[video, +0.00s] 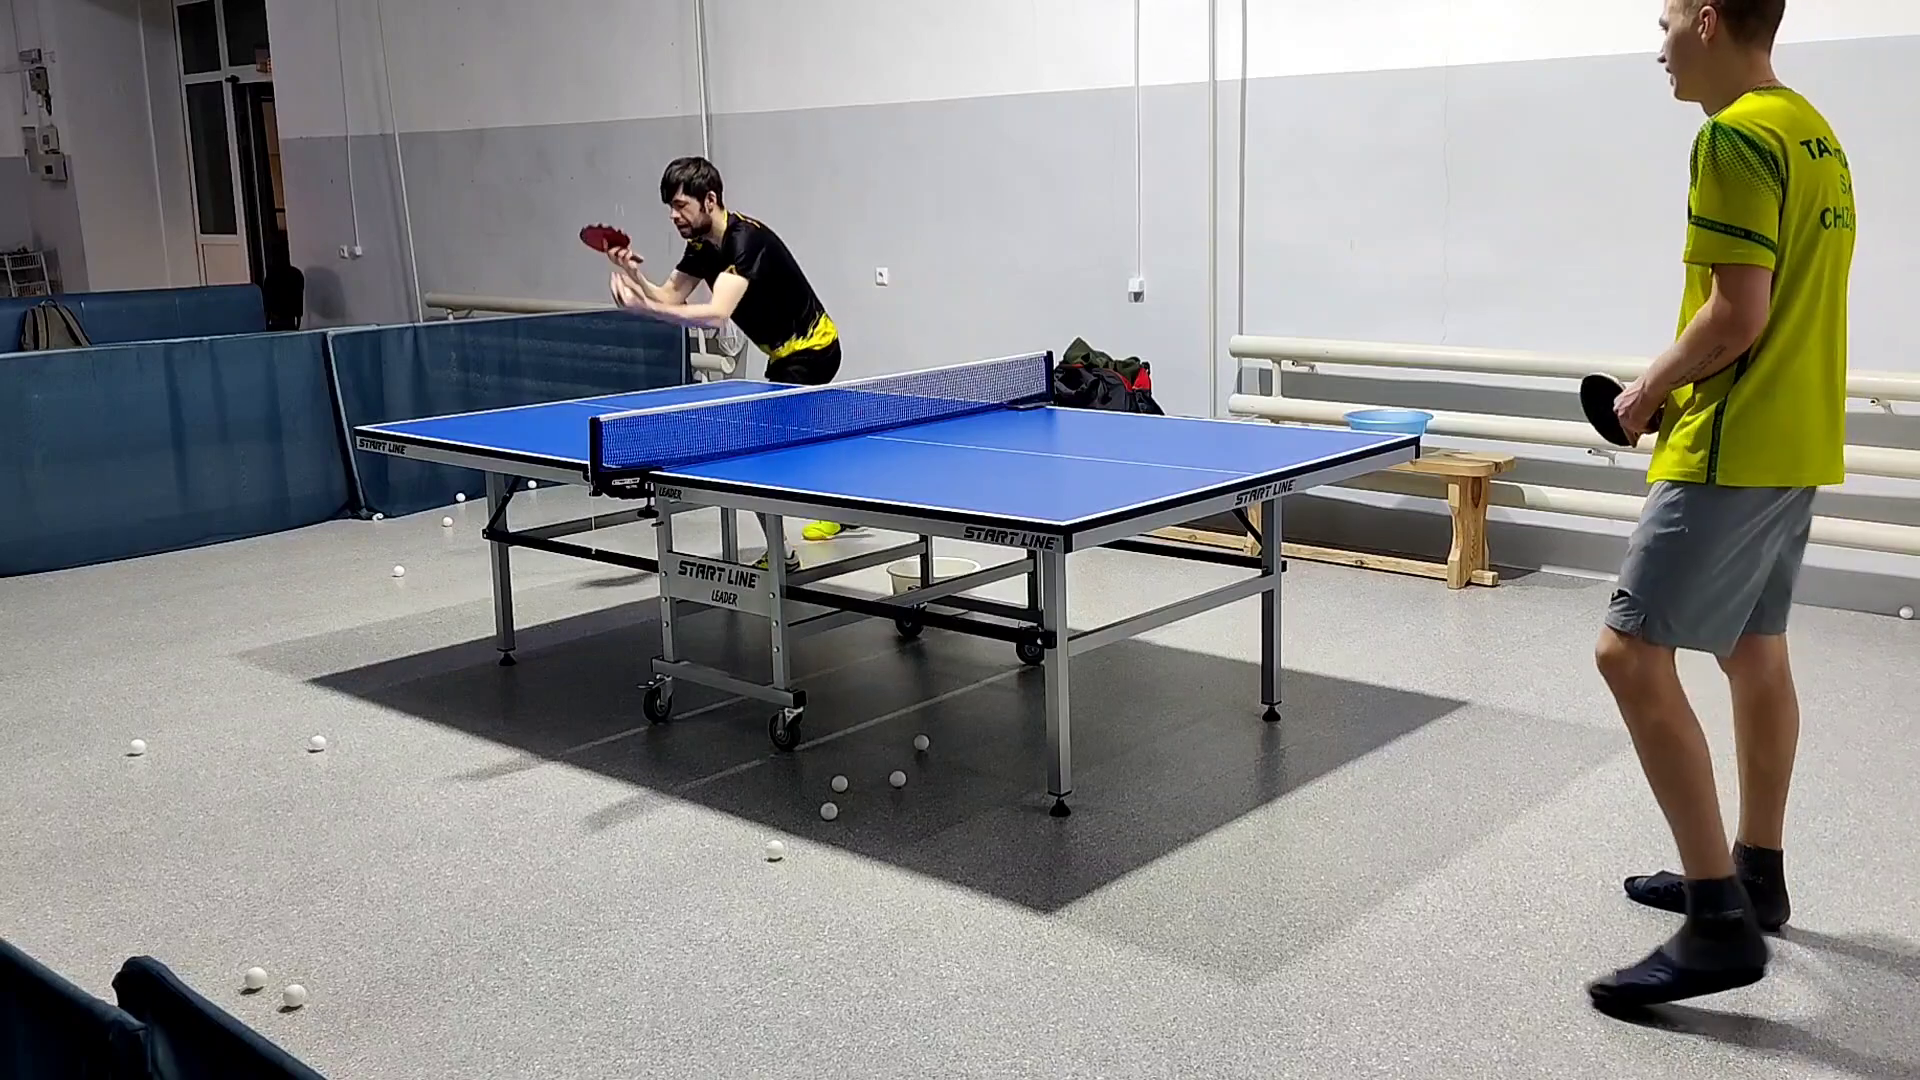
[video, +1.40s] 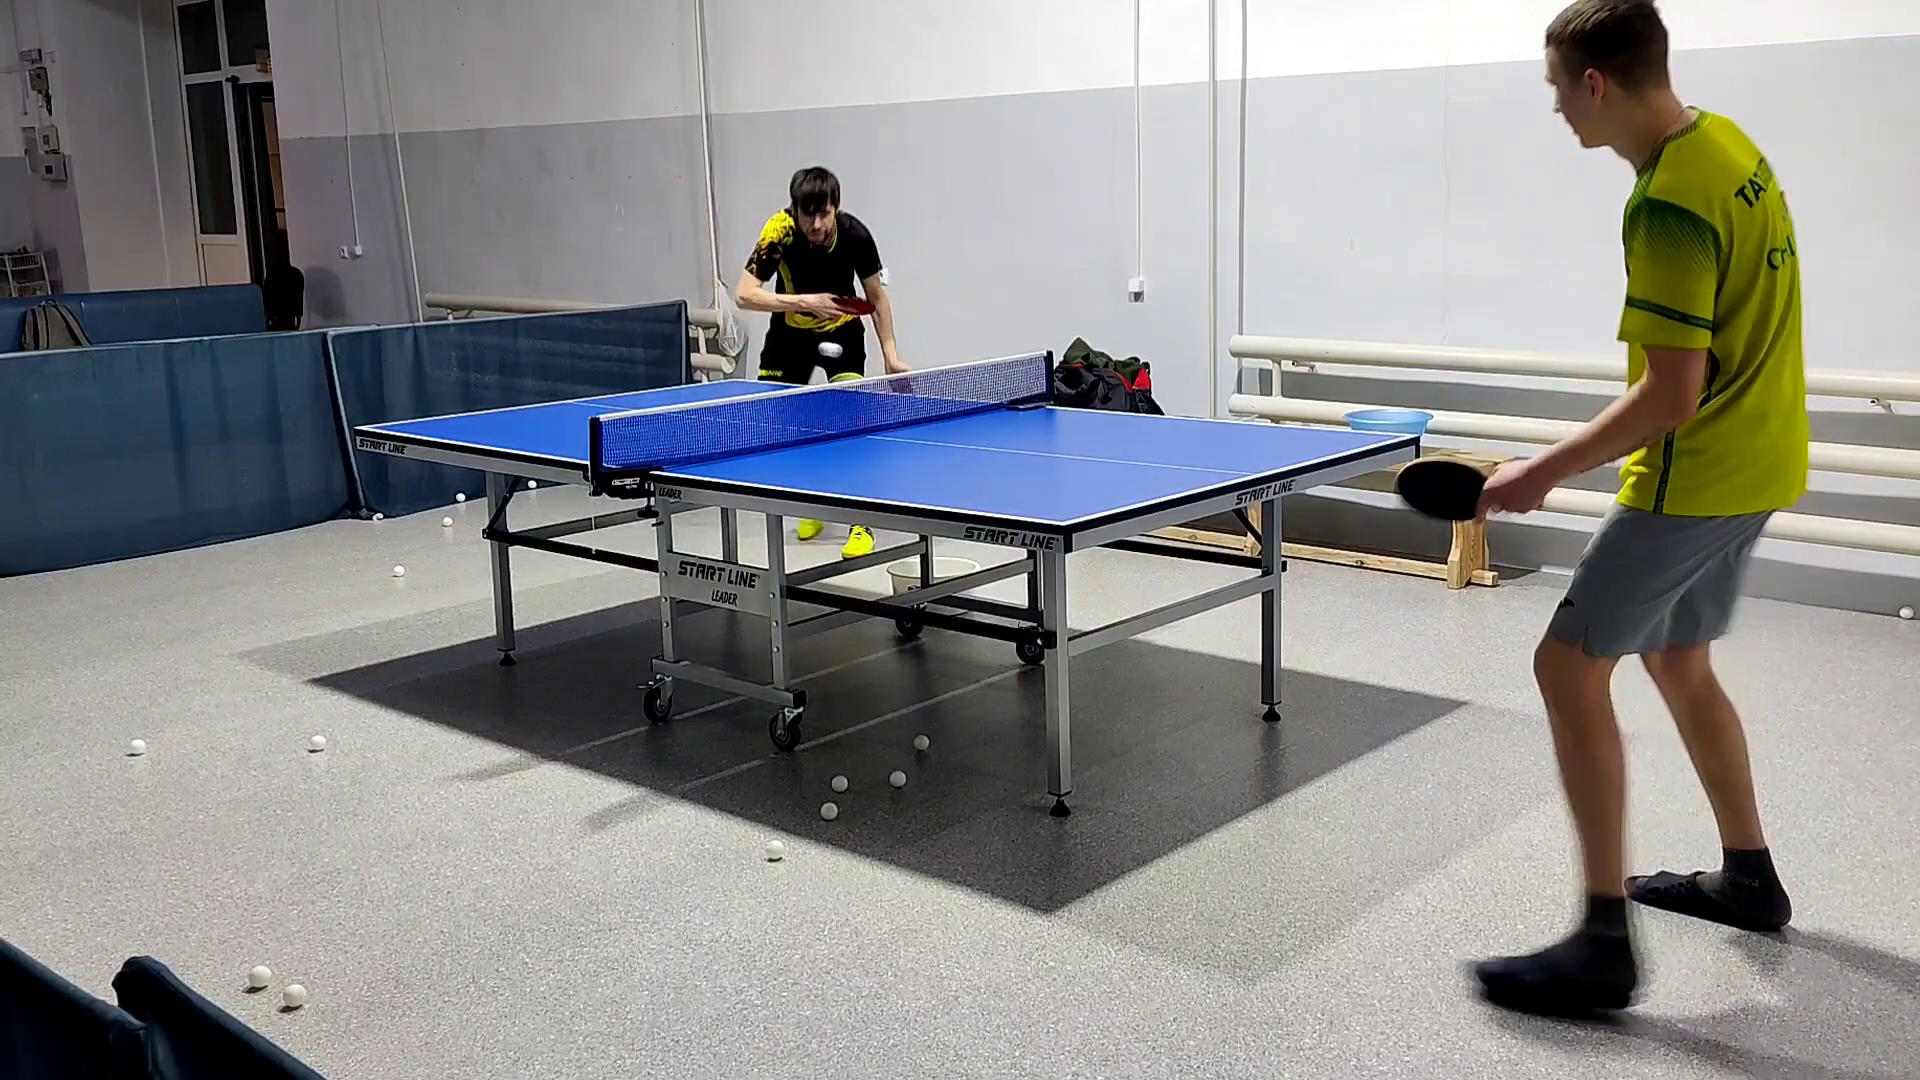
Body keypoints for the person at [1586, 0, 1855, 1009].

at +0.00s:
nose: (1660, 46)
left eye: (1667, 24)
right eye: (1661, 27)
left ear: (1710, 22)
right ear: (1753, 26)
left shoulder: (1733, 137)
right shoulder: (1811, 134)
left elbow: (1739, 312)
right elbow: (1793, 311)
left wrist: (1647, 388)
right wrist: (1678, 383)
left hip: (1729, 451)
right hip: (1793, 448)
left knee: (1632, 658)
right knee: (1755, 652)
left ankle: (1718, 923)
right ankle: (1756, 874)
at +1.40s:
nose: (1559, 113)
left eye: (1559, 93)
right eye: (1555, 94)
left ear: (1597, 83)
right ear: (1645, 73)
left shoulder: (1671, 195)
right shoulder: (1724, 148)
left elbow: (1669, 395)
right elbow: (1730, 345)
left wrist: (1544, 470)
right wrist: (1591, 450)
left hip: (1695, 480)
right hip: (1757, 466)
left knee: (1568, 666)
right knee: (1676, 652)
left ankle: (1602, 941)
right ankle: (1750, 877)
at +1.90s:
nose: (1356, 228)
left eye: (1359, 206)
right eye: (1349, 208)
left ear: (1414, 186)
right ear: (1426, 182)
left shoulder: (1509, 273)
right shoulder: (1537, 210)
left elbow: (1476, 468)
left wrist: (1328, 518)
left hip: (1604, 517)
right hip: (1667, 489)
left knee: (1439, 696)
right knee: (1631, 680)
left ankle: (1509, 956)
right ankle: (1741, 876)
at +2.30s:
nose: (1358, 244)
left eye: (1356, 223)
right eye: (1351, 224)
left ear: (1390, 214)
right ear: (1442, 188)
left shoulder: (1431, 338)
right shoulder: (1565, 217)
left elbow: (1420, 482)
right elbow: (1599, 355)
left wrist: (1380, 471)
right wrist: (1491, 431)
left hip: (1623, 546)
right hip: (1733, 507)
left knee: (1444, 697)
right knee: (1701, 700)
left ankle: (1507, 955)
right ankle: (1824, 916)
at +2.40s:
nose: (1405, 219)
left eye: (1405, 199)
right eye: (1400, 200)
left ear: (1438, 190)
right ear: (1492, 169)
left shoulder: (1473, 313)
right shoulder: (1613, 206)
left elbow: (1476, 482)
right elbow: (1650, 354)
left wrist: (1438, 474)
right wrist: (1525, 429)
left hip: (1648, 541)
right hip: (1766, 512)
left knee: (1471, 694)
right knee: (1725, 710)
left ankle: (1509, 955)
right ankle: (1890, 935)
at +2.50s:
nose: (1470, 203)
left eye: (1471, 181)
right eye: (1466, 182)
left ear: (1506, 171)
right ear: (1559, 152)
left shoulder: (1541, 295)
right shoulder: (1680, 201)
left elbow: (1548, 478)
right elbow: (1701, 373)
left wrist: (1512, 502)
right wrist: (1567, 456)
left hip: (1689, 548)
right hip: (1812, 521)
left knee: (1506, 697)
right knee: (1754, 735)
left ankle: (1510, 956)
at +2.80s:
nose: (1672, 168)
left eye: (1678, 145)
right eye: (1670, 147)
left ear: (1727, 135)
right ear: (1766, 127)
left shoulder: (1778, 270)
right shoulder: (1878, 192)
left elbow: (1777, 487)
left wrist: (1644, 550)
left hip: (1868, 569)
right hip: (1919, 557)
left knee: (1667, 721)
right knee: (1847, 766)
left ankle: (1624, 995)